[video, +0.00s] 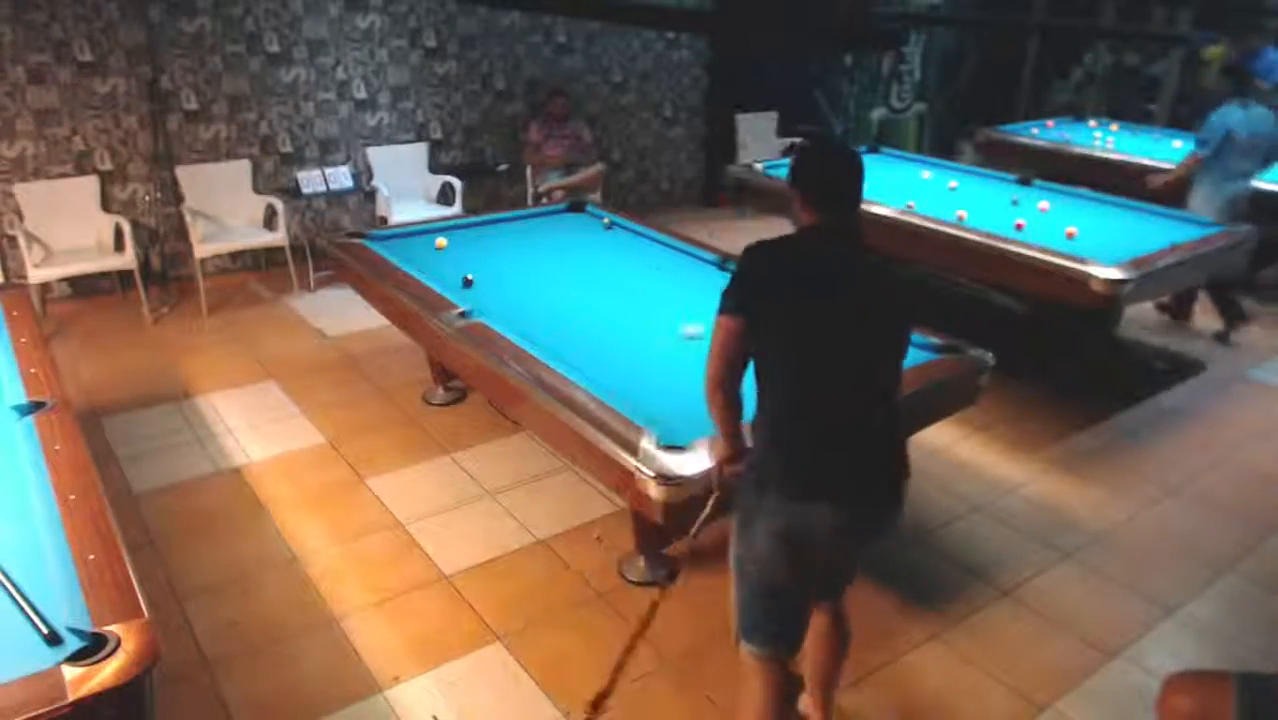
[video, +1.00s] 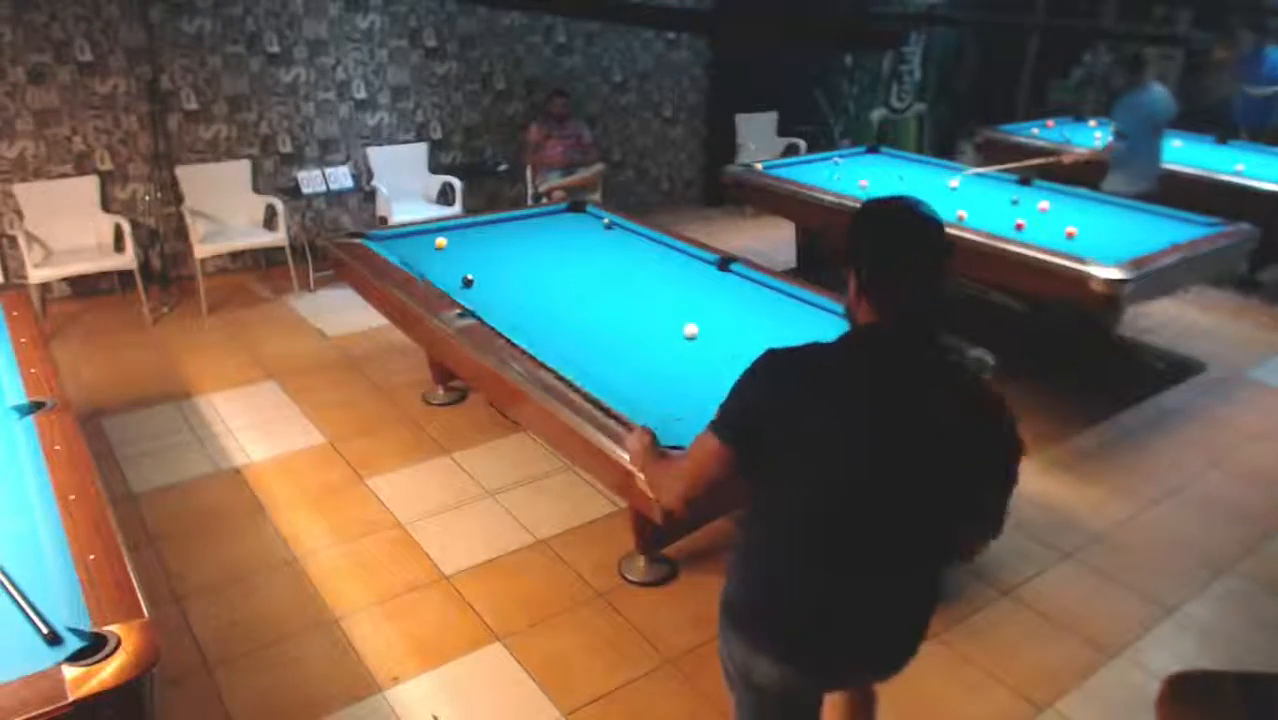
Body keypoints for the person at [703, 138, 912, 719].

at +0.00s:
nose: (793, 199)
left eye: (794, 190)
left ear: (796, 198)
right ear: (859, 197)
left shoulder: (763, 264)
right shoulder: (887, 275)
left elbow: (721, 375)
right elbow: (890, 385)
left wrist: (730, 447)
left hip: (783, 479)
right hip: (867, 478)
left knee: (767, 651)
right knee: (828, 600)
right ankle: (818, 706)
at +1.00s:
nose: (846, 283)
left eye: (848, 272)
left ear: (854, 283)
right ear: (938, 286)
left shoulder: (786, 377)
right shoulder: (980, 412)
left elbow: (682, 494)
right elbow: (970, 542)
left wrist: (644, 459)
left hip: (772, 630)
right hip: (888, 632)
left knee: (770, 708)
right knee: (856, 683)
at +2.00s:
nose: (860, 269)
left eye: (864, 256)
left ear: (867, 269)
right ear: (951, 279)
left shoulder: (801, 353)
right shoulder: (984, 394)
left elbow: (666, 383)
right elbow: (1079, 509)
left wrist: (624, 322)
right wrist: (1016, 552)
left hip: (774, 605)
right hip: (879, 611)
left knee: (774, 706)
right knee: (846, 663)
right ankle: (838, 705)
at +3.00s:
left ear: (786, 258)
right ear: (851, 263)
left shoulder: (746, 303)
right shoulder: (864, 318)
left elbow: (691, 374)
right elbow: (920, 412)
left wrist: (756, 382)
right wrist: (899, 499)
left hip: (694, 494)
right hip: (791, 511)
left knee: (680, 590)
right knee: (810, 654)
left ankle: (665, 669)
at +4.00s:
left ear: (760, 349)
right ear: (814, 347)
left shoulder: (725, 372)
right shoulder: (844, 377)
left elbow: (681, 400)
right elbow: (910, 420)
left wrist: (705, 364)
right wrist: (927, 533)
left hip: (652, 508)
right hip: (746, 525)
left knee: (673, 584)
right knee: (791, 687)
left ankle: (663, 672)